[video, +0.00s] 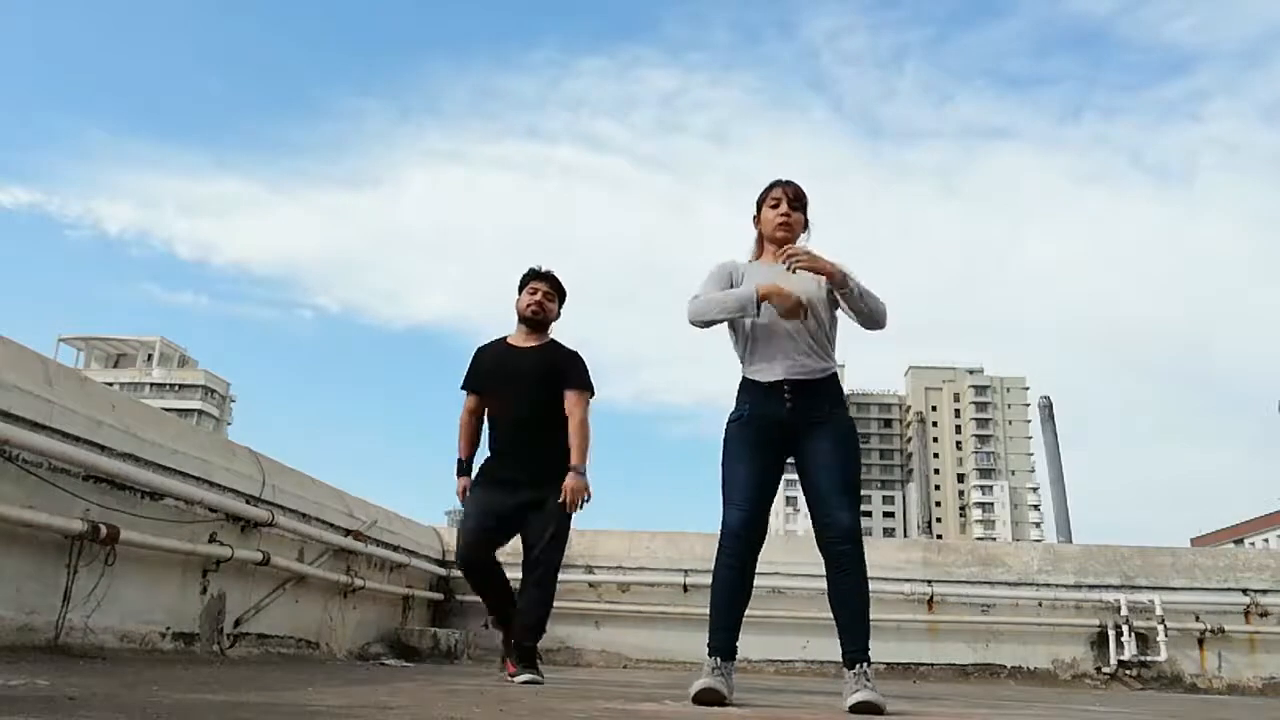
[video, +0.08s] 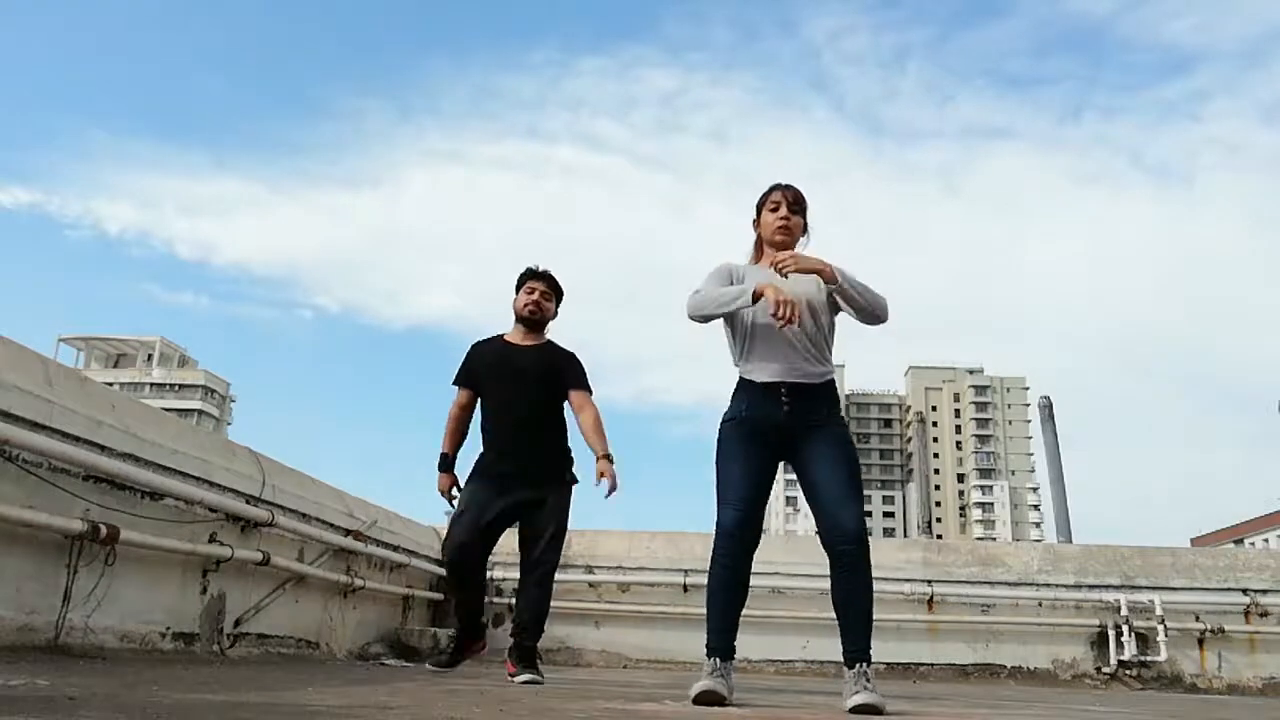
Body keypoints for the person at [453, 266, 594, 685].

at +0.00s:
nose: (538, 299)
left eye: (548, 297)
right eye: (532, 292)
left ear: (557, 312)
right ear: (517, 301)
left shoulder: (569, 361)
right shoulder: (488, 355)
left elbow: (577, 416)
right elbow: (472, 413)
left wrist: (578, 470)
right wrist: (464, 467)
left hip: (551, 481)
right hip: (499, 477)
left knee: (541, 569)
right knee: (471, 553)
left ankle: (524, 653)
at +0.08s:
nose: (536, 298)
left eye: (546, 297)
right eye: (529, 291)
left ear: (554, 312)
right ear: (514, 300)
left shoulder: (565, 361)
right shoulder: (483, 352)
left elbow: (585, 409)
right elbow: (461, 409)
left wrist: (603, 454)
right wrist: (446, 464)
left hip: (548, 477)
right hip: (494, 472)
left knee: (539, 567)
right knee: (459, 548)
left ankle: (524, 654)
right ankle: (470, 634)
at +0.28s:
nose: (520, 299)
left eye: (530, 296)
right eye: (513, 293)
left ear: (538, 310)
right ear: (498, 303)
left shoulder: (545, 366)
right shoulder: (467, 346)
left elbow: (580, 406)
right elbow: (430, 392)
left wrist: (620, 426)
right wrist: (396, 436)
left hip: (525, 481)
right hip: (470, 475)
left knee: (526, 568)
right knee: (445, 564)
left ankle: (524, 657)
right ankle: (416, 649)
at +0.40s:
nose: (508, 297)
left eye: (516, 293)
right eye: (499, 292)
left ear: (527, 305)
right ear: (486, 304)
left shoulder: (537, 365)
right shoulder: (461, 343)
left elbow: (558, 418)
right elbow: (426, 376)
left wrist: (593, 440)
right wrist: (400, 400)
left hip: (515, 477)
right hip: (460, 473)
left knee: (526, 559)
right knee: (439, 563)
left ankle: (524, 649)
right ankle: (413, 650)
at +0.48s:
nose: (503, 296)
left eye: (511, 291)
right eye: (494, 292)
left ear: (523, 304)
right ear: (482, 305)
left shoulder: (538, 363)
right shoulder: (460, 344)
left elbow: (550, 424)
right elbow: (431, 371)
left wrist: (572, 460)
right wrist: (416, 386)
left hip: (515, 479)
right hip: (459, 474)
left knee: (526, 566)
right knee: (439, 562)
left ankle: (530, 652)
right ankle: (414, 649)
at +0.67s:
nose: (502, 296)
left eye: (510, 292)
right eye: (493, 293)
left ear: (524, 304)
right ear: (483, 308)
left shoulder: (548, 358)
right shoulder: (468, 352)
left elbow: (554, 419)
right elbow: (440, 391)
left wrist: (549, 475)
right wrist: (456, 386)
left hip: (517, 480)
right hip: (464, 475)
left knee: (524, 573)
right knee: (438, 563)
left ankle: (535, 655)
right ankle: (413, 649)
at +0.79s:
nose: (505, 299)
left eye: (514, 295)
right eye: (497, 295)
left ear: (528, 308)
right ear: (487, 308)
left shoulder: (552, 357)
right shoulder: (471, 361)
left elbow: (582, 406)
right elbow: (454, 411)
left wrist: (596, 457)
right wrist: (465, 440)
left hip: (522, 485)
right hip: (466, 477)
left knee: (529, 571)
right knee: (420, 547)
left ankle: (535, 654)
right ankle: (405, 640)